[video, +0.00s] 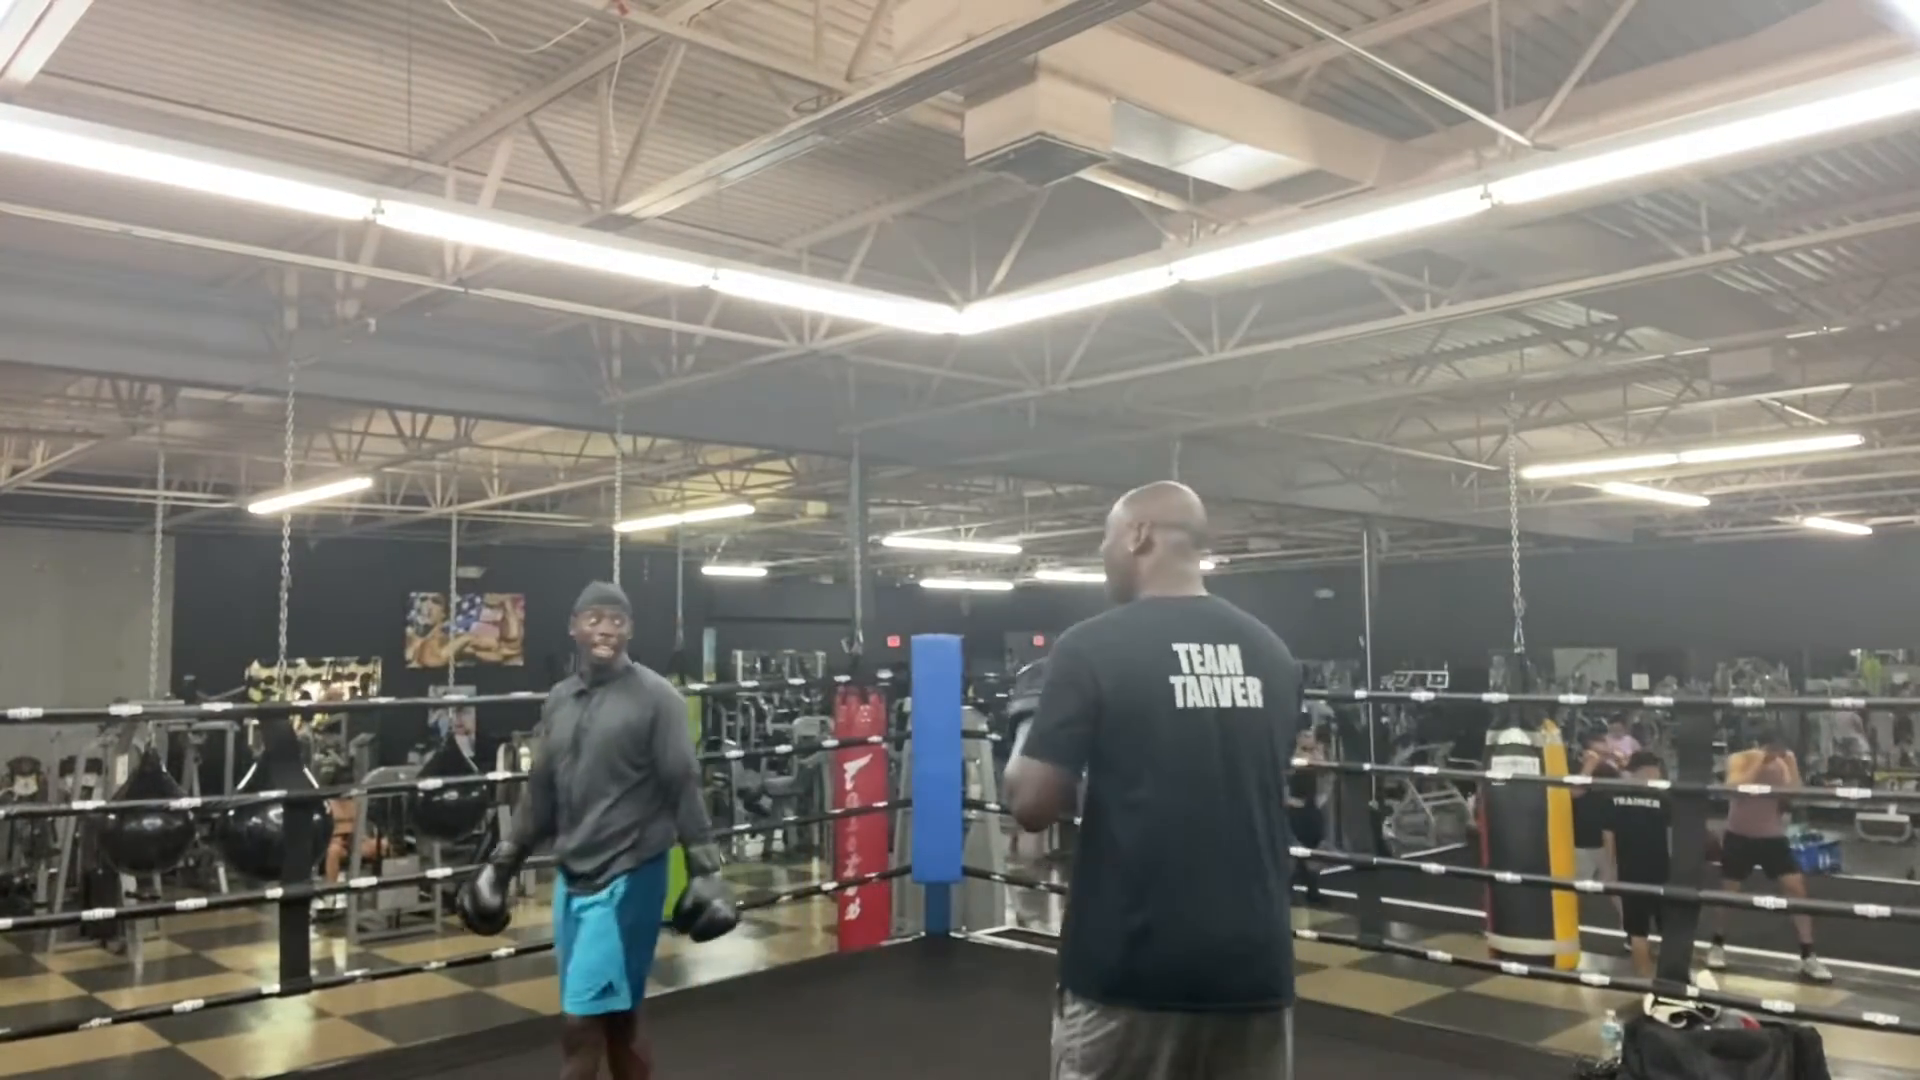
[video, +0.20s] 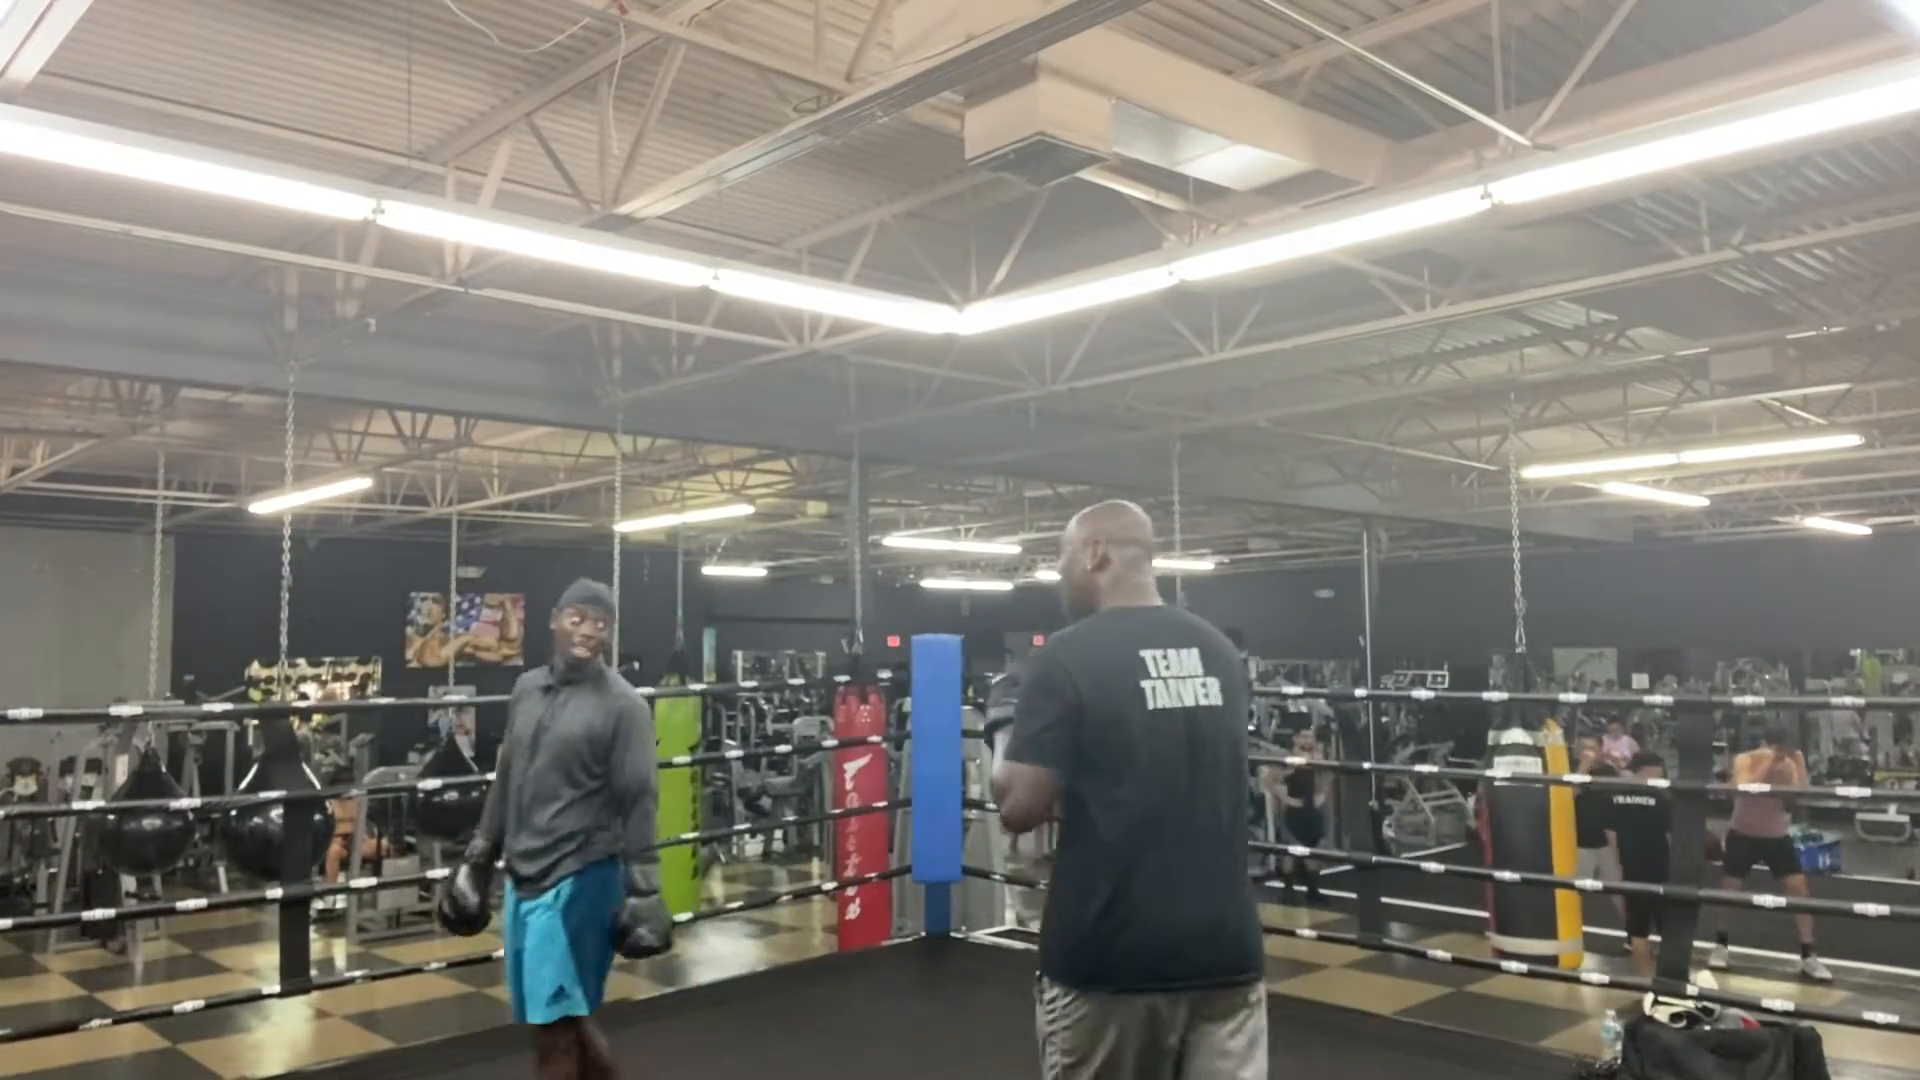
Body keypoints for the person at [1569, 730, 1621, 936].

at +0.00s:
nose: (1602, 754)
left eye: (1605, 749)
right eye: (1598, 749)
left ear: (1609, 748)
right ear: (1586, 750)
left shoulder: (1612, 771)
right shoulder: (1578, 772)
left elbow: (1632, 784)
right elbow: (1574, 793)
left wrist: (1621, 766)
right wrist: (1588, 768)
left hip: (1608, 840)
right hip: (1581, 840)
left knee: (1613, 888)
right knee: (1577, 888)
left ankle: (1625, 927)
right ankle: (1571, 927)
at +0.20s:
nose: (1587, 752)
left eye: (1592, 748)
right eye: (1583, 747)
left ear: (1600, 750)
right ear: (1577, 750)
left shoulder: (1606, 771)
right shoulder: (1572, 771)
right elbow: (1569, 795)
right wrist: (1583, 767)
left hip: (1606, 836)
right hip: (1581, 836)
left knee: (1615, 886)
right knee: (1577, 887)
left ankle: (1630, 925)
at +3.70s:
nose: (1564, 763)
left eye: (1567, 757)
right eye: (1562, 758)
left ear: (1578, 755)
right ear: (1561, 758)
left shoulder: (1600, 771)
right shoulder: (1560, 778)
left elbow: (1625, 793)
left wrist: (1597, 796)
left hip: (1603, 839)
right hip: (1573, 843)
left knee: (1619, 888)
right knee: (1567, 891)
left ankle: (1633, 934)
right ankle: (1565, 937)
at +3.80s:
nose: (1564, 763)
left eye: (1566, 758)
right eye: (1562, 758)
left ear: (1577, 754)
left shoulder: (1602, 771)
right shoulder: (1561, 778)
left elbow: (1625, 794)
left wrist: (1596, 796)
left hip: (1603, 840)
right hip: (1573, 843)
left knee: (1618, 888)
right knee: (1568, 892)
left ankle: (1633, 934)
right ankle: (1566, 937)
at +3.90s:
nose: (1566, 762)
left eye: (1568, 757)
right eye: (1564, 758)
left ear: (1578, 754)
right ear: (1562, 758)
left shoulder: (1603, 769)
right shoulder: (1560, 777)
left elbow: (1627, 792)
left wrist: (1594, 797)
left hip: (1603, 840)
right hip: (1572, 843)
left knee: (1618, 889)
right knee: (1568, 892)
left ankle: (1633, 934)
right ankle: (1568, 938)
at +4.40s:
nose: (1566, 761)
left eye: (1568, 756)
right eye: (1566, 756)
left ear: (1581, 753)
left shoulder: (1599, 772)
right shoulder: (1572, 775)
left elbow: (1624, 796)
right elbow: (1586, 799)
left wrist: (1597, 799)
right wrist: (1616, 799)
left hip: (1602, 841)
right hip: (1576, 843)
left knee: (1617, 888)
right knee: (1569, 890)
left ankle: (1633, 935)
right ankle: (1566, 936)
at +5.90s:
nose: (1603, 760)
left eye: (1607, 756)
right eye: (1598, 755)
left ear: (1612, 755)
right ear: (1586, 753)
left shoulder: (1617, 775)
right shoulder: (1568, 773)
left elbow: (1628, 794)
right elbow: (1554, 797)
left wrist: (1630, 802)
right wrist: (1568, 814)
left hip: (1610, 841)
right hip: (1577, 842)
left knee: (1621, 890)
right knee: (1571, 891)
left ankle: (1633, 934)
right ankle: (1566, 931)